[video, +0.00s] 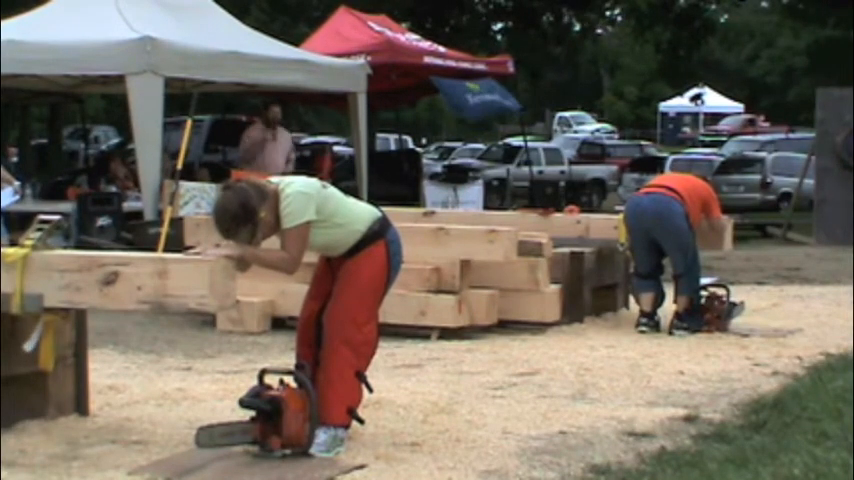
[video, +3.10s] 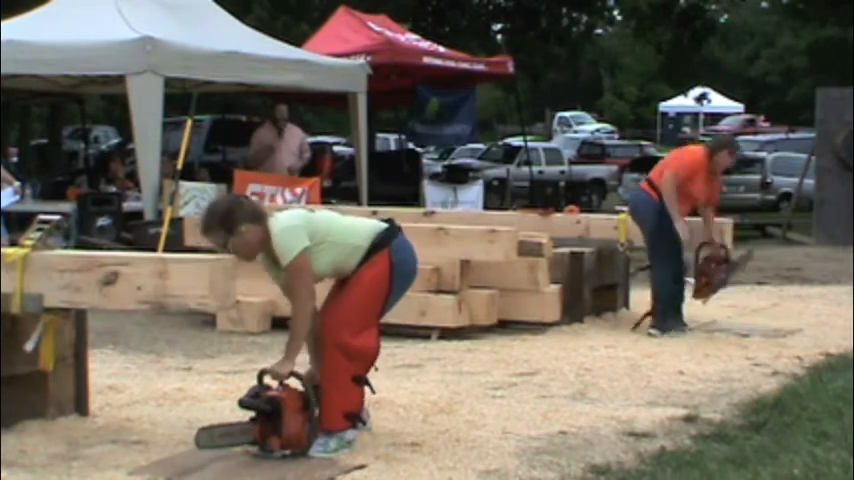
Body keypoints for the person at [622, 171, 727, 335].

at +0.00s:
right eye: (711, 191)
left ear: (689, 175)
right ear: (707, 183)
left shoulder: (670, 178)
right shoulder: (706, 189)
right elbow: (716, 223)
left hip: (635, 204)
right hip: (668, 207)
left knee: (645, 269)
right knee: (686, 268)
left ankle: (646, 316)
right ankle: (682, 318)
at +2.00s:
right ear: (710, 186)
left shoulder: (673, 179)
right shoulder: (708, 190)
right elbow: (718, 225)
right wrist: (725, 224)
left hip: (640, 204)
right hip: (673, 206)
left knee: (646, 270)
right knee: (688, 269)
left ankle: (646, 316)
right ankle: (682, 318)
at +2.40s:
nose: (724, 178)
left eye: (725, 175)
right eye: (725, 175)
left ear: (707, 164)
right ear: (721, 171)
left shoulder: (682, 168)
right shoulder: (717, 180)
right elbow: (718, 218)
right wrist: (713, 247)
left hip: (641, 200)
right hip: (671, 203)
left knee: (649, 264)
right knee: (688, 264)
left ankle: (646, 314)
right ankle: (680, 316)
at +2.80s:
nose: (731, 190)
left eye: (733, 187)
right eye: (732, 185)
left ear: (718, 172)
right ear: (728, 179)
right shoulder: (718, 182)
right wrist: (714, 245)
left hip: (643, 213)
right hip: (659, 218)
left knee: (675, 266)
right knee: (696, 265)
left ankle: (666, 311)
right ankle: (688, 315)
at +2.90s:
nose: (734, 179)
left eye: (737, 175)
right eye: (733, 172)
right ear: (725, 164)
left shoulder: (711, 192)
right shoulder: (707, 156)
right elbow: (684, 158)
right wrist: (706, 183)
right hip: (658, 205)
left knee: (675, 261)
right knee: (680, 263)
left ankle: (665, 311)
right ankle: (689, 319)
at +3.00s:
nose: (732, 172)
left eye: (736, 168)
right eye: (732, 164)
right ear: (721, 156)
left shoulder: (712, 190)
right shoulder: (701, 151)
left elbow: (706, 223)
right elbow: (665, 145)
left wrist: (715, 255)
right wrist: (678, 176)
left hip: (671, 212)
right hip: (654, 199)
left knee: (676, 260)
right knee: (674, 259)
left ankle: (667, 313)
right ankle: (671, 316)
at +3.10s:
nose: (731, 163)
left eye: (733, 159)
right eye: (730, 157)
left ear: (724, 155)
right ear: (721, 152)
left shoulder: (712, 178)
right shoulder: (695, 156)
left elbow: (707, 210)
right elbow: (667, 181)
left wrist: (715, 243)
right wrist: (677, 220)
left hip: (664, 208)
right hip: (649, 200)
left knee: (674, 260)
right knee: (665, 260)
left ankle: (673, 318)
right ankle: (663, 320)